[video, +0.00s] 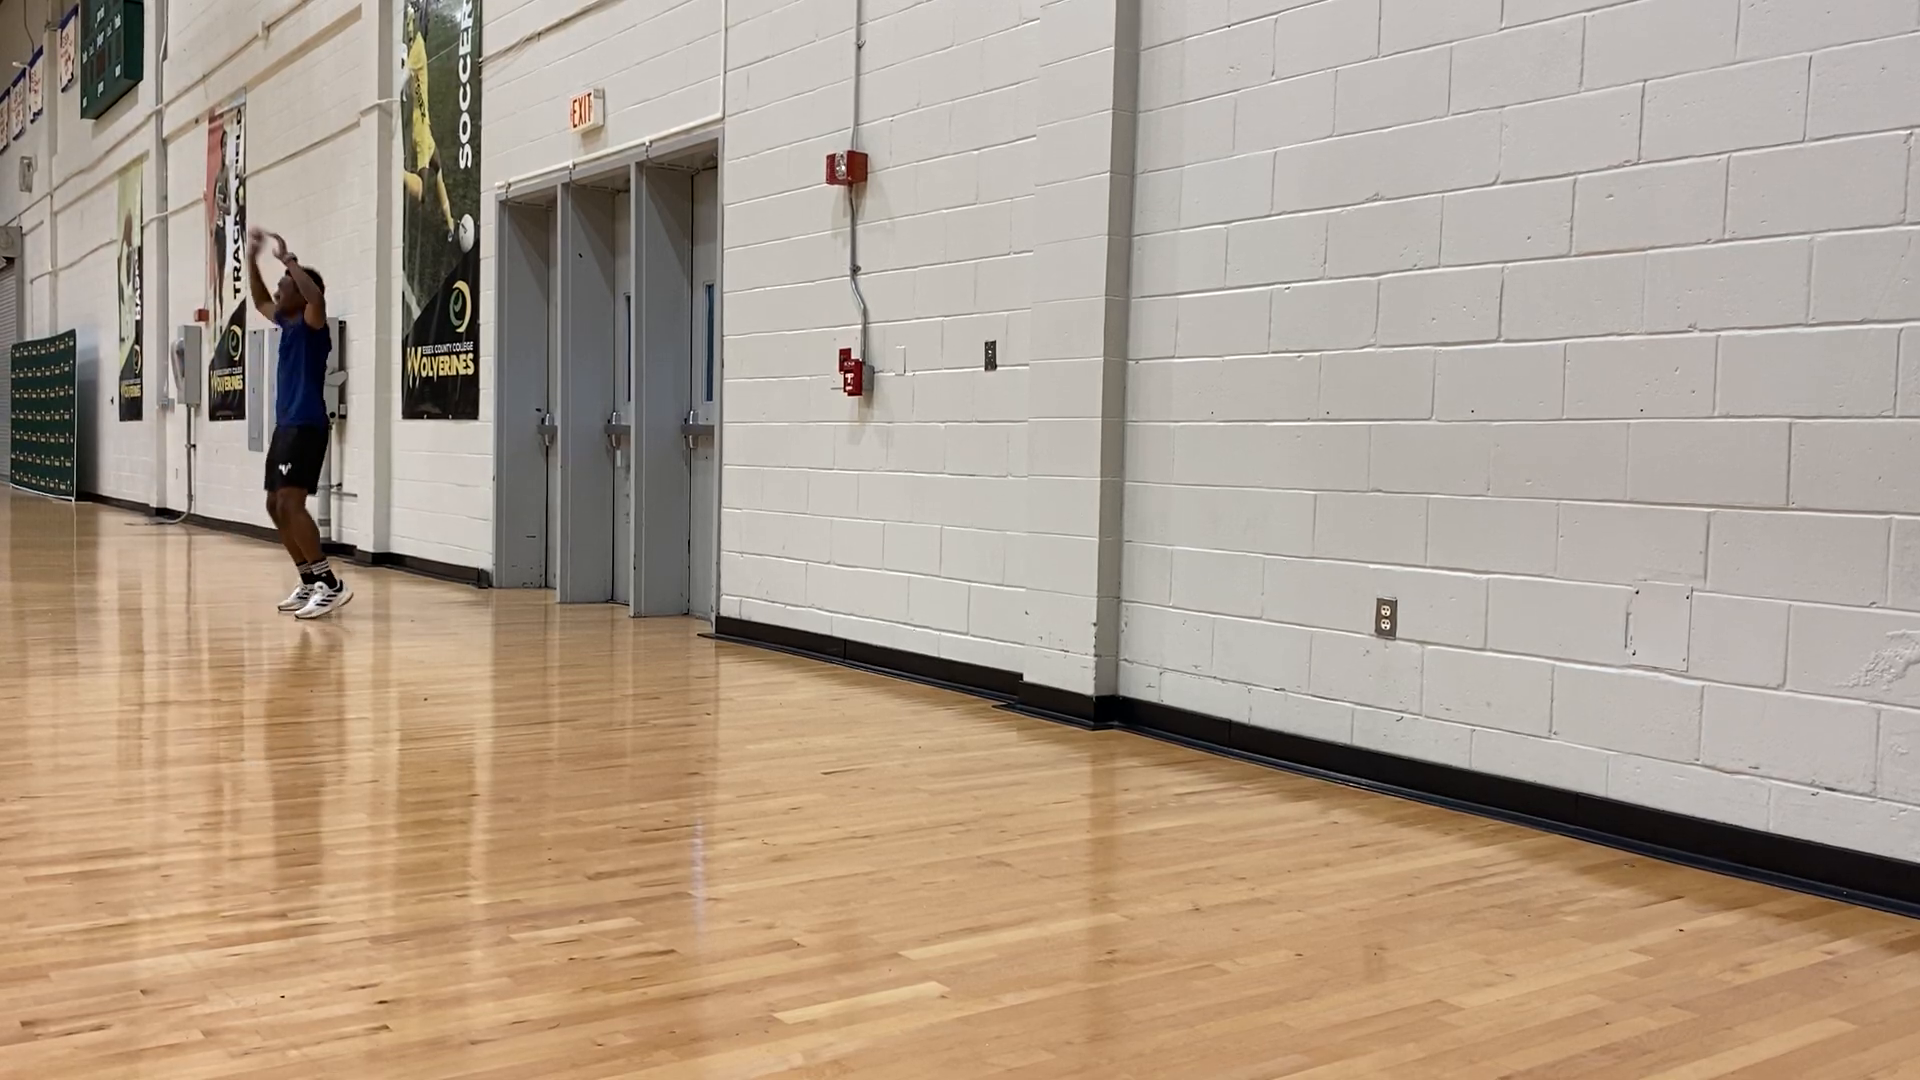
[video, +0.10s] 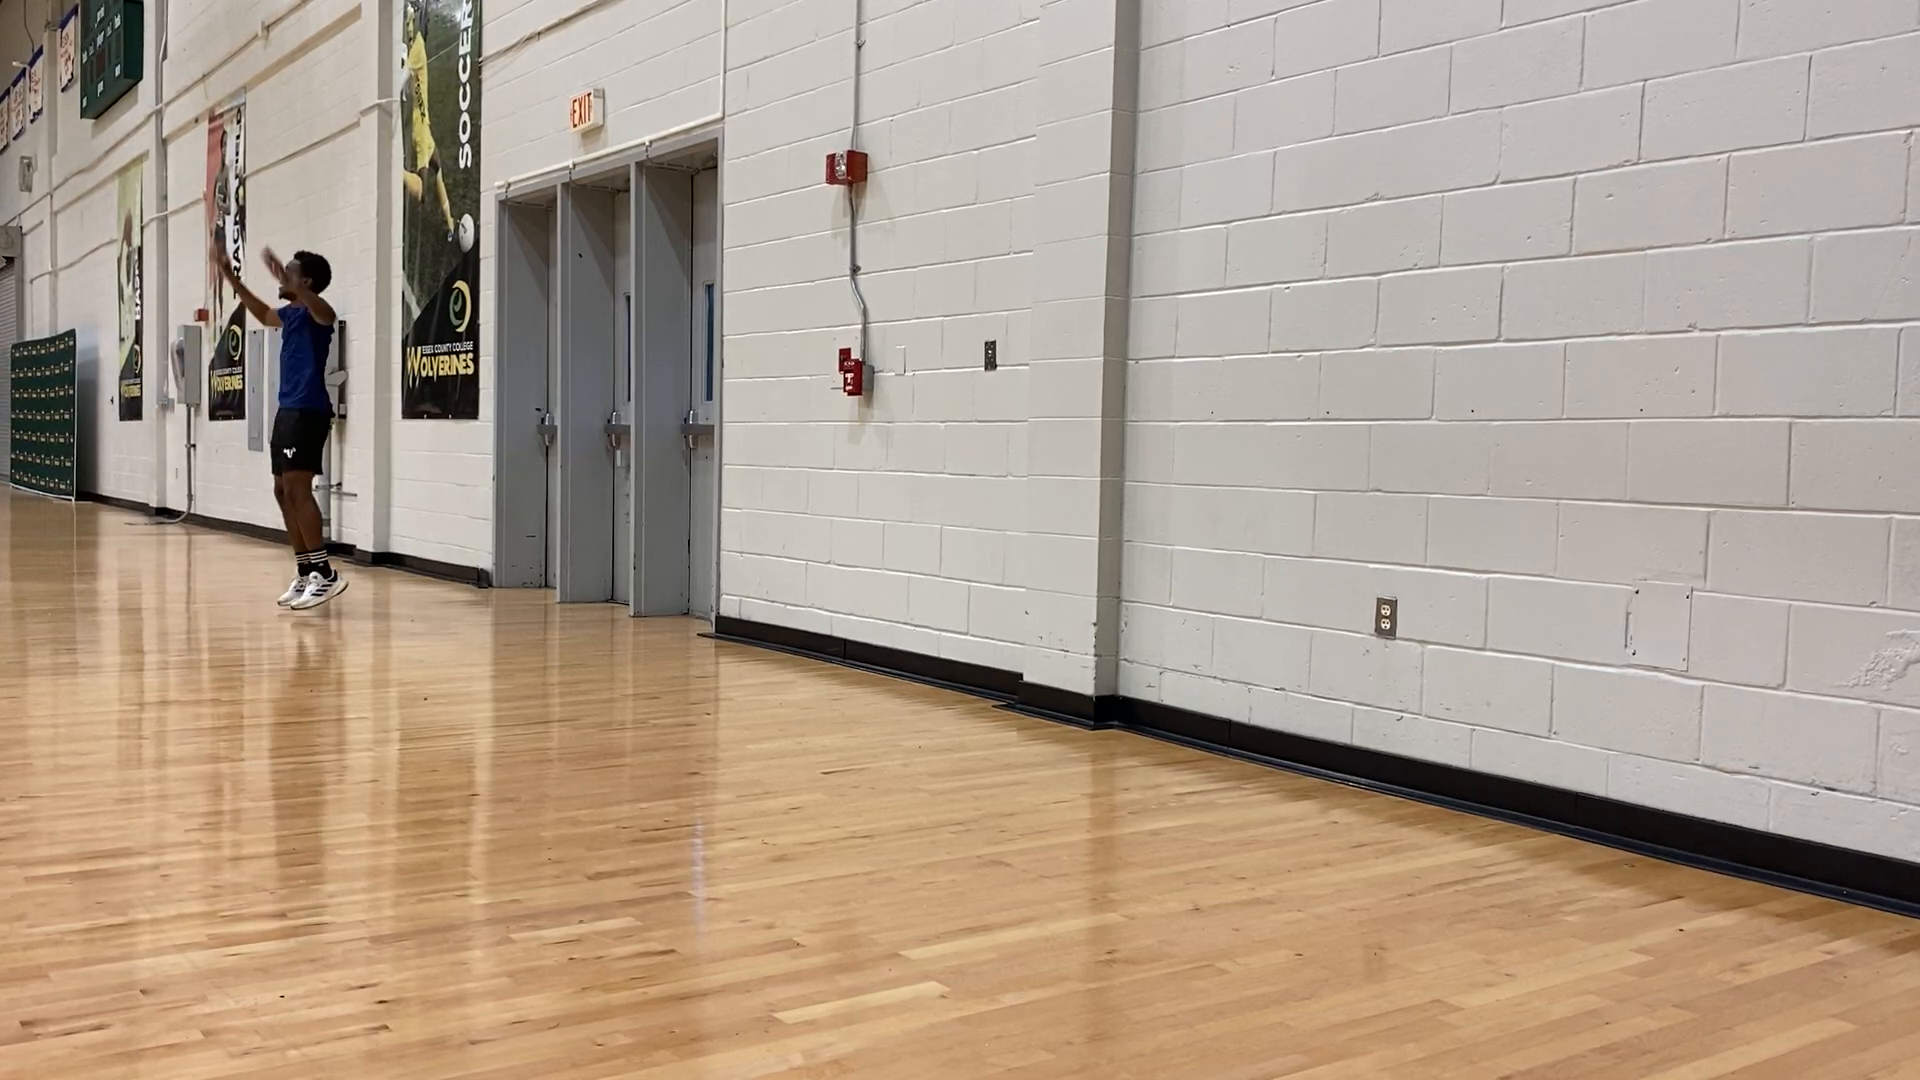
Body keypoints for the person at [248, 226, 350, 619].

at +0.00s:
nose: (277, 290)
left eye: (284, 286)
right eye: (279, 285)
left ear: (302, 294)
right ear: (285, 292)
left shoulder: (312, 323)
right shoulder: (287, 323)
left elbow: (315, 296)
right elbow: (262, 301)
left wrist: (288, 261)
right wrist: (251, 259)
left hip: (307, 424)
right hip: (287, 424)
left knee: (290, 502)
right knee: (275, 505)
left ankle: (328, 583)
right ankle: (309, 583)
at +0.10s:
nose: (283, 275)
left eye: (290, 270)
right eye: (285, 269)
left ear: (307, 279)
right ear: (293, 280)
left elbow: (321, 312)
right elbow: (263, 314)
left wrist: (290, 282)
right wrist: (231, 278)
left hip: (309, 412)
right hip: (287, 411)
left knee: (298, 490)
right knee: (283, 491)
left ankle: (325, 574)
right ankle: (306, 575)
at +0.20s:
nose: (284, 277)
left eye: (291, 274)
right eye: (288, 272)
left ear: (307, 284)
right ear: (303, 284)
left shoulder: (317, 314)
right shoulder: (294, 320)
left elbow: (341, 348)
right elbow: (274, 348)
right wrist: (230, 322)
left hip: (310, 415)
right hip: (291, 414)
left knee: (297, 494)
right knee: (288, 495)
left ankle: (326, 577)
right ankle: (314, 577)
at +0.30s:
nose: (285, 294)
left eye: (292, 291)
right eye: (289, 289)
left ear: (308, 302)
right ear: (304, 302)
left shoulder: (320, 339)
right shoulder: (298, 341)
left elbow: (348, 383)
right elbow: (293, 391)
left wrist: (302, 398)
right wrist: (250, 386)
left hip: (313, 436)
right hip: (295, 436)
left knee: (297, 511)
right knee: (286, 511)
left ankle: (335, 589)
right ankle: (324, 586)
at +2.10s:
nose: (285, 310)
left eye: (292, 305)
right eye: (287, 304)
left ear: (310, 312)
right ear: (307, 313)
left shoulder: (322, 346)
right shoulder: (305, 352)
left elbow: (329, 389)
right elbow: (292, 409)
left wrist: (284, 409)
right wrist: (249, 417)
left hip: (324, 444)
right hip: (310, 443)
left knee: (292, 513)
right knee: (285, 515)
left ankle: (335, 588)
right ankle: (328, 586)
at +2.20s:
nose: (288, 295)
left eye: (294, 289)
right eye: (290, 289)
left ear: (314, 296)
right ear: (310, 296)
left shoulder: (321, 322)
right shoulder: (304, 333)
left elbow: (325, 348)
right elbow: (287, 376)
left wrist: (278, 340)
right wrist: (238, 364)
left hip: (320, 430)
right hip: (304, 430)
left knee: (302, 503)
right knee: (294, 505)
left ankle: (334, 584)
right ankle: (326, 582)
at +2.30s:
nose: (287, 281)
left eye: (293, 276)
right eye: (288, 276)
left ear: (313, 282)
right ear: (301, 282)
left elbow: (304, 288)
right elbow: (272, 328)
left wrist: (266, 267)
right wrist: (245, 289)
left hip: (318, 412)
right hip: (298, 413)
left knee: (307, 490)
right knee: (297, 493)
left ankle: (336, 575)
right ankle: (317, 575)